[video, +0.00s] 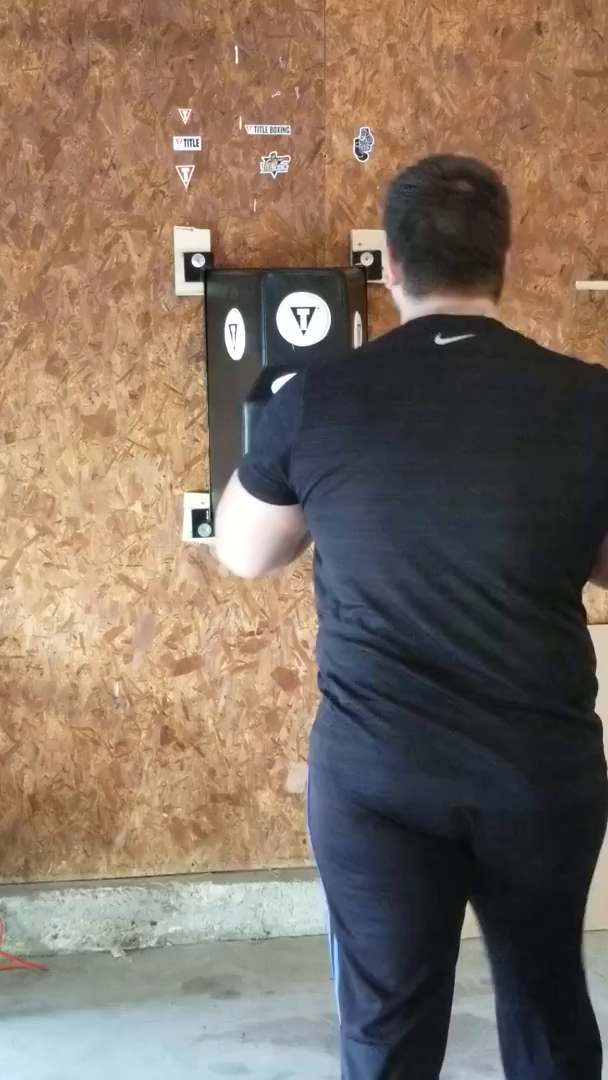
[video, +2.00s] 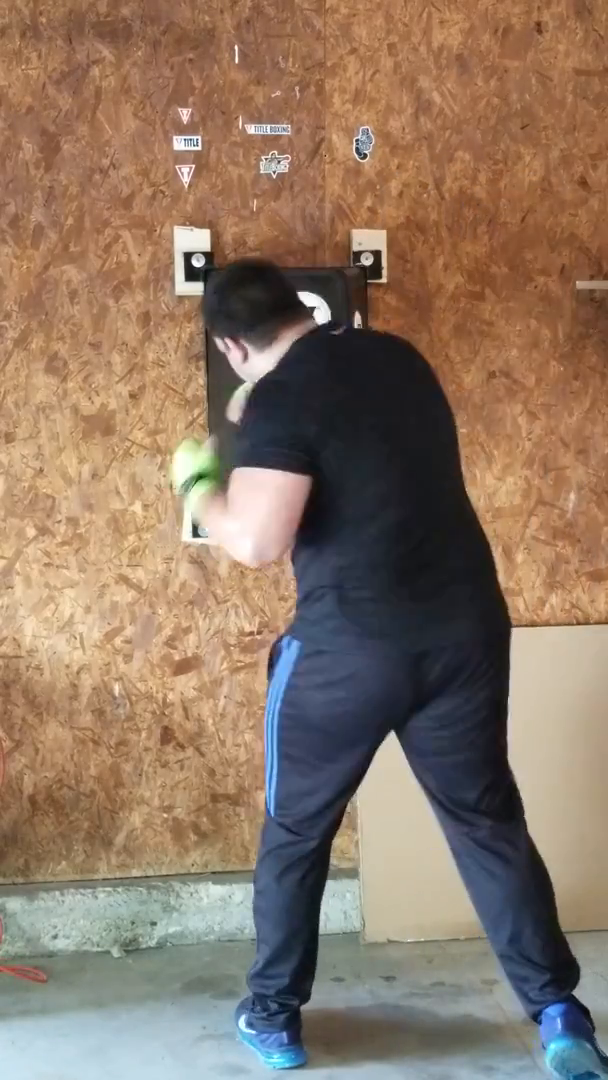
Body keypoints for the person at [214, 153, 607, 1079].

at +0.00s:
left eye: (383, 253)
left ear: (388, 266)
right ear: (506, 258)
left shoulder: (320, 396)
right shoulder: (588, 395)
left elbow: (247, 552)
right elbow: (598, 572)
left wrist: (350, 478)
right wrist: (533, 522)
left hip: (377, 769)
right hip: (544, 768)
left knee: (384, 1030)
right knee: (550, 1005)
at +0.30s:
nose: (456, 265)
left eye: (457, 253)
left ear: (462, 260)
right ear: (568, 269)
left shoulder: (400, 374)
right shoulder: (603, 378)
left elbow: (307, 513)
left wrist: (409, 483)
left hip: (432, 728)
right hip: (577, 732)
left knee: (385, 942)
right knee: (563, 947)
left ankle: (387, 1076)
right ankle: (567, 1076)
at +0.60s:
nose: (459, 270)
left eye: (462, 258)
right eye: (463, 259)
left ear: (473, 264)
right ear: (566, 274)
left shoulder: (426, 369)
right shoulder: (601, 366)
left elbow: (352, 511)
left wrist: (349, 449)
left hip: (449, 676)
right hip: (580, 681)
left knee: (417, 870)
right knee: (568, 904)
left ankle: (378, 1040)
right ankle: (575, 1065)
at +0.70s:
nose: (463, 265)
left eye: (466, 253)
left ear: (473, 260)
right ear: (563, 278)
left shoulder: (403, 346)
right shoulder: (596, 370)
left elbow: (292, 445)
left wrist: (290, 392)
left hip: (425, 661)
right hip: (556, 666)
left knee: (409, 858)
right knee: (565, 887)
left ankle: (382, 1044)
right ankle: (576, 1065)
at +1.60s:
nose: (388, 317)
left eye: (392, 306)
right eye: (394, 309)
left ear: (406, 307)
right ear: (481, 315)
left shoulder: (362, 365)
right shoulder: (547, 403)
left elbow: (250, 442)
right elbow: (546, 539)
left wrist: (309, 386)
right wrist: (479, 525)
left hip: (363, 648)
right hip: (483, 660)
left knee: (313, 825)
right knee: (520, 837)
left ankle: (273, 1013)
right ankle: (571, 1029)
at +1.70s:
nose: (328, 327)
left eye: (325, 315)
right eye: (325, 317)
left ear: (343, 309)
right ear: (417, 299)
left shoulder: (347, 366)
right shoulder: (499, 382)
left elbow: (249, 464)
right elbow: (477, 483)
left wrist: (284, 386)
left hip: (368, 641)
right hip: (478, 646)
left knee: (304, 828)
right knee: (491, 823)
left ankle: (272, 1014)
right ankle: (562, 1010)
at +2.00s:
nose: (232, 372)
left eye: (226, 357)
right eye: (229, 359)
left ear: (237, 347)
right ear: (306, 310)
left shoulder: (283, 398)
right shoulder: (401, 359)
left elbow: (256, 544)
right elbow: (365, 480)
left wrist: (201, 498)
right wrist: (255, 455)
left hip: (353, 638)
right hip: (464, 625)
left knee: (296, 829)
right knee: (487, 818)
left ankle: (274, 1013)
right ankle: (558, 1009)